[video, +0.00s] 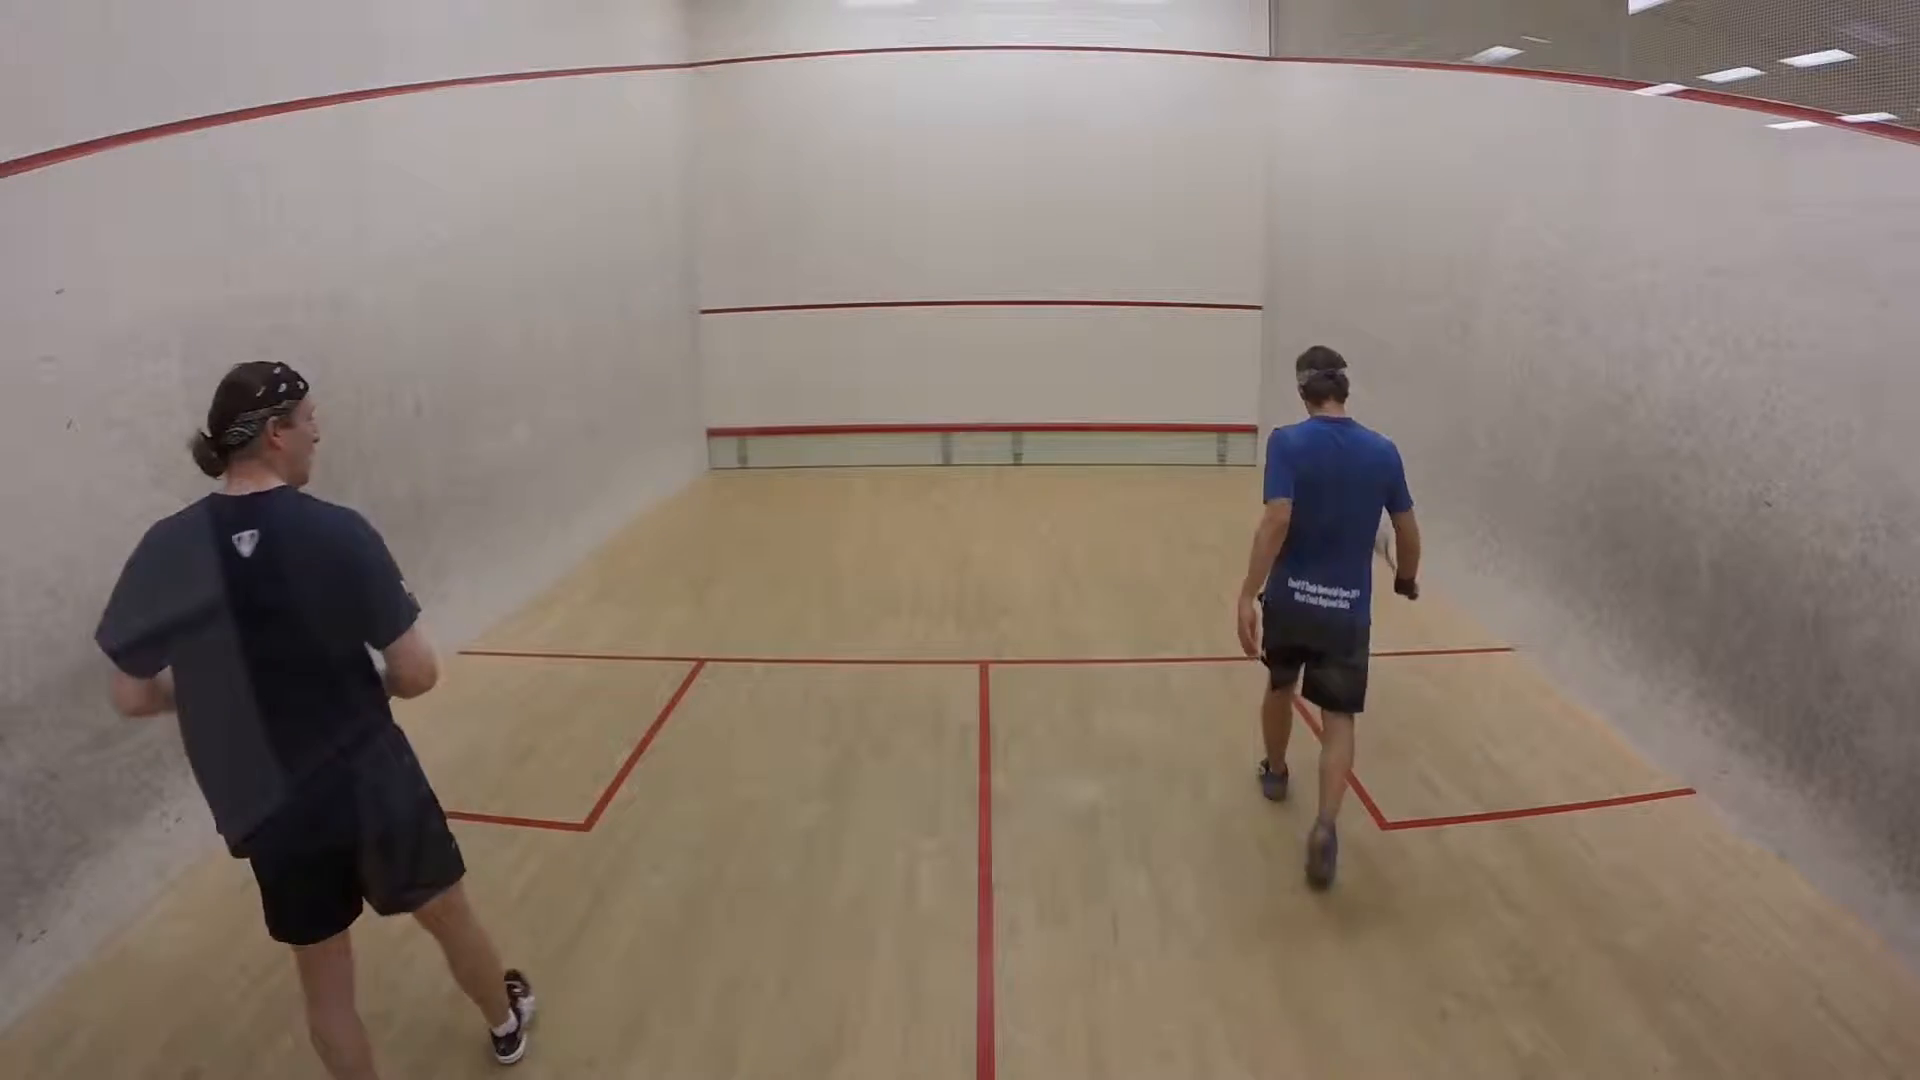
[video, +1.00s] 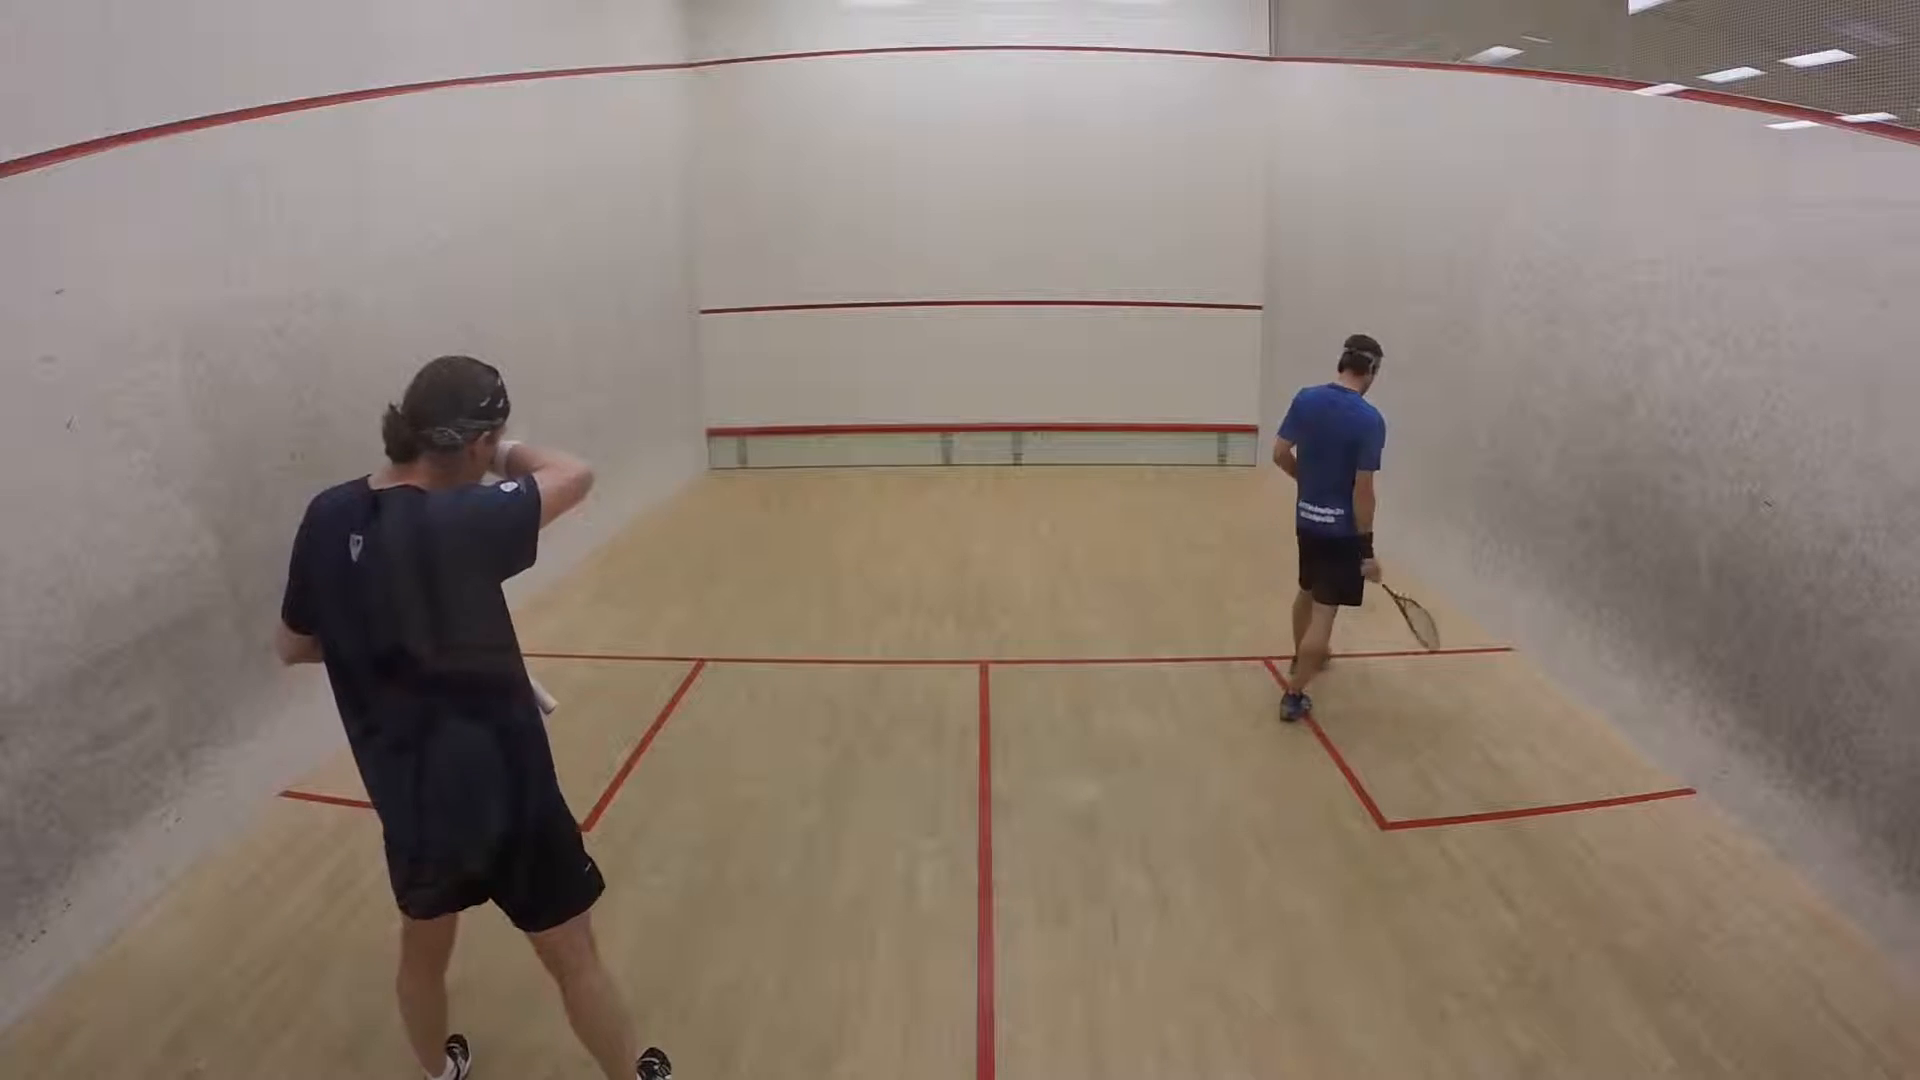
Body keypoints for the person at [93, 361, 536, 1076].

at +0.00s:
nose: (317, 437)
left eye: (314, 422)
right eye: (309, 423)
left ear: (227, 440)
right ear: (273, 435)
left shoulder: (166, 547)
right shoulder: (335, 531)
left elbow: (132, 696)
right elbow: (417, 672)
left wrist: (206, 677)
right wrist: (373, 676)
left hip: (263, 804)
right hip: (368, 776)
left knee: (325, 978)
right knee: (447, 912)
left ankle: (360, 1076)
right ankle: (505, 1024)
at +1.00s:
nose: (499, 446)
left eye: (498, 435)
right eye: (494, 437)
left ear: (406, 431)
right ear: (474, 444)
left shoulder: (331, 517)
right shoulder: (472, 521)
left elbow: (294, 644)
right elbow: (572, 476)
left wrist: (380, 625)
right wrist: (502, 451)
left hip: (412, 801)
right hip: (509, 792)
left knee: (423, 952)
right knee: (572, 958)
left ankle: (435, 1070)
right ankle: (632, 1072)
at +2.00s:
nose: (472, 416)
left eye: (467, 400)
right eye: (459, 404)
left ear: (390, 424)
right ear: (414, 421)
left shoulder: (319, 525)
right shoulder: (459, 525)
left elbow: (301, 658)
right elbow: (554, 665)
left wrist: (366, 603)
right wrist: (526, 611)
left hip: (407, 794)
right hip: (502, 782)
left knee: (420, 953)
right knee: (571, 948)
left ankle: (435, 1070)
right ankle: (631, 1071)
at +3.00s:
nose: (470, 411)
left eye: (465, 396)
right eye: (461, 399)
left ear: (382, 421)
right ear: (426, 420)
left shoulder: (324, 528)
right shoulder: (469, 525)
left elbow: (307, 675)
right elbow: (547, 676)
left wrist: (357, 756)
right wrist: (519, 627)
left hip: (402, 783)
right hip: (502, 775)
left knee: (420, 952)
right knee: (572, 949)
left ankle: (438, 1069)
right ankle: (631, 1071)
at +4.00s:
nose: (453, 440)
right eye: (448, 430)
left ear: (356, 477)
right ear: (444, 452)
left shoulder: (346, 602)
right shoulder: (505, 531)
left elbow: (280, 756)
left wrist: (238, 847)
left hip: (424, 858)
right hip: (531, 825)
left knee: (394, 1003)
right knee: (580, 953)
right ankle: (641, 1070)